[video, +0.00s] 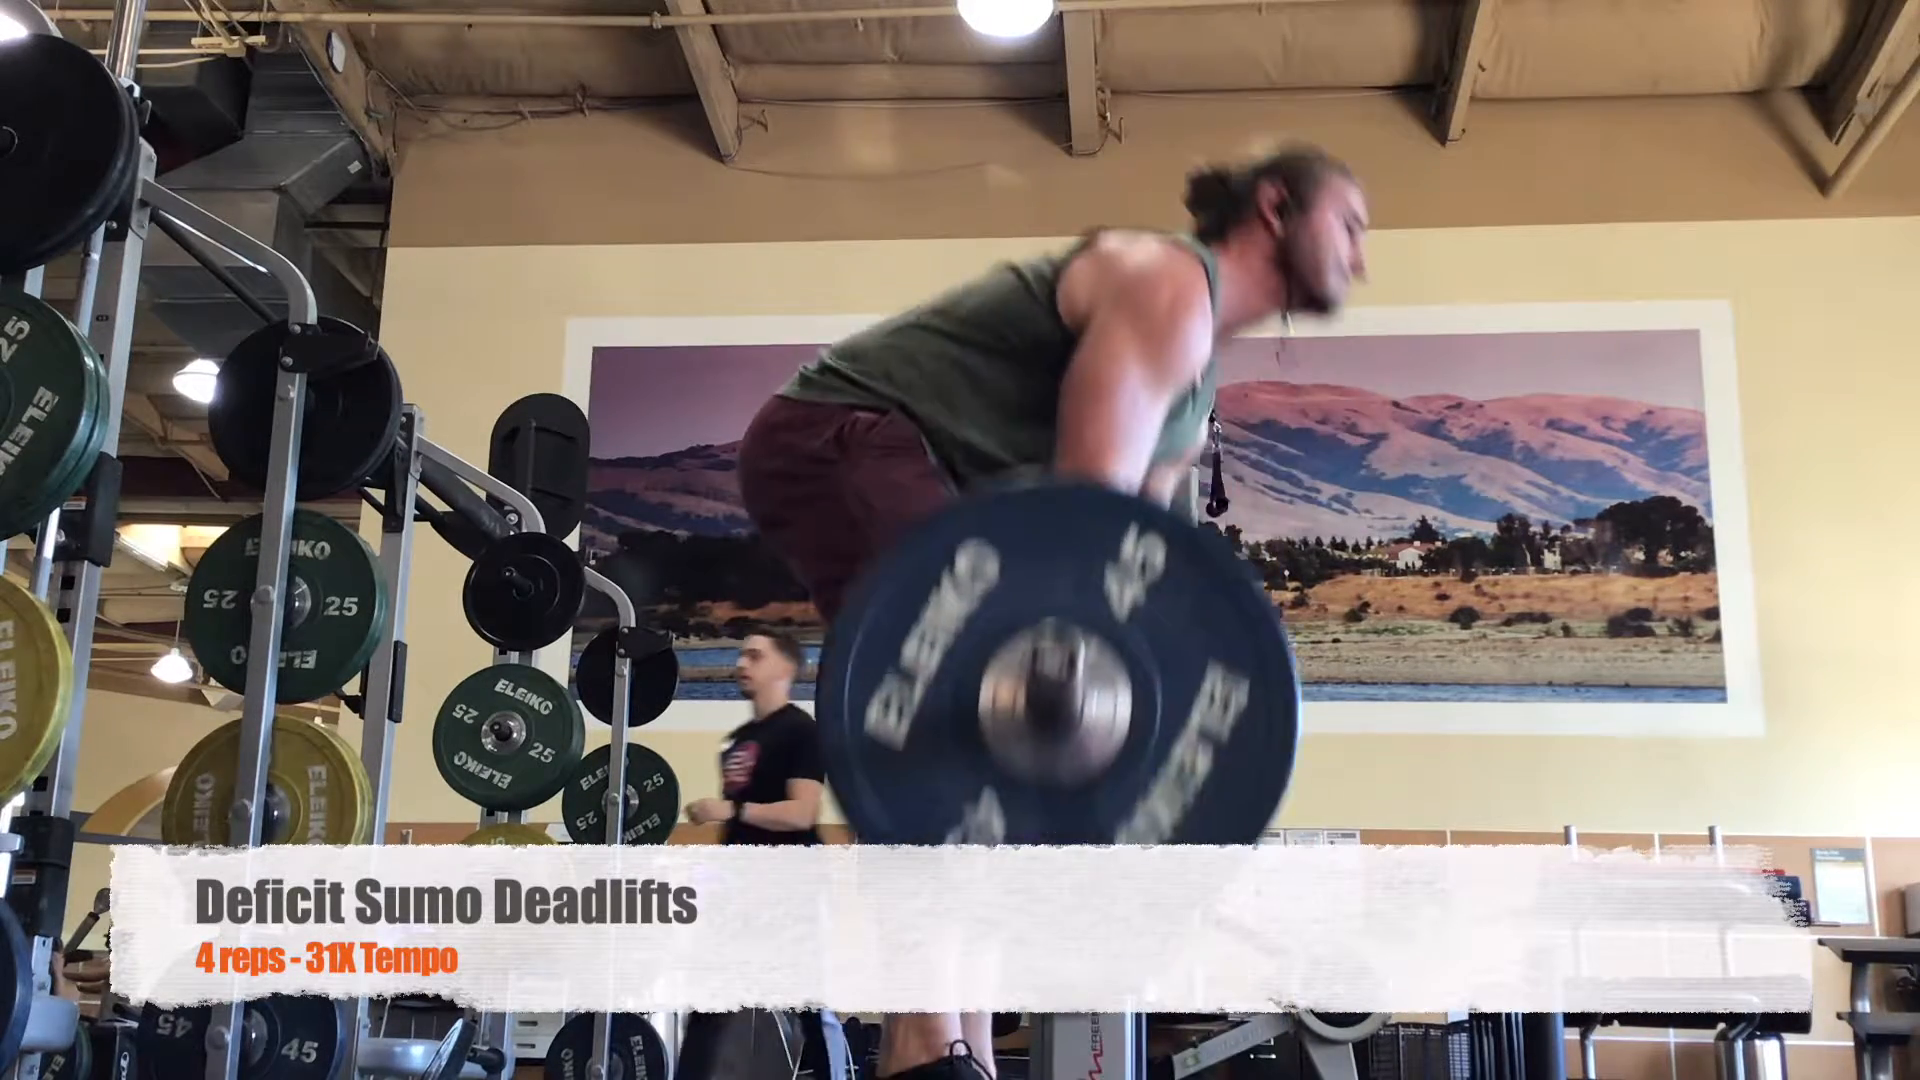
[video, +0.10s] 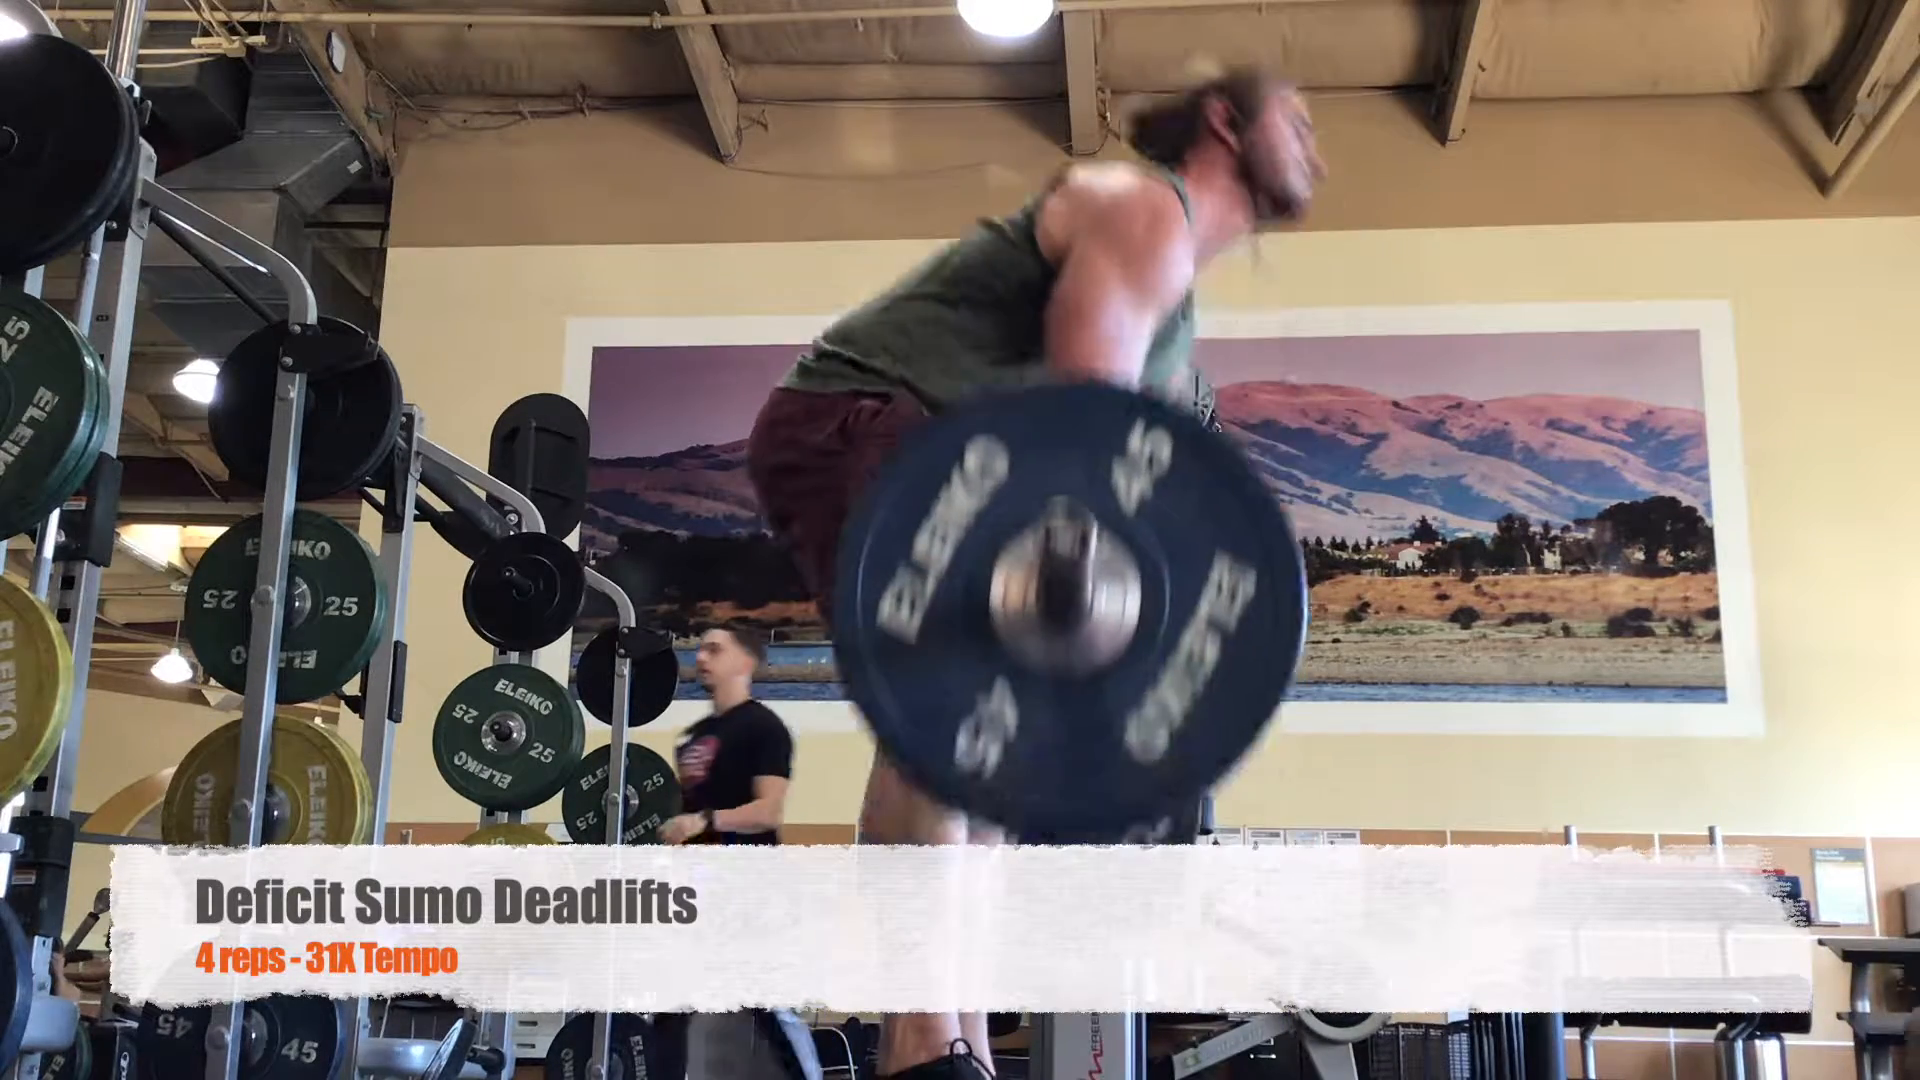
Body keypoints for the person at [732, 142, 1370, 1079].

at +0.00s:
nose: (1361, 258)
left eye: (1364, 235)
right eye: (1350, 225)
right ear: (1274, 206)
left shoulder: (1189, 395)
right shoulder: (1165, 286)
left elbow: (1145, 543)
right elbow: (1089, 502)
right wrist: (1091, 661)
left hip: (911, 466)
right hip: (840, 434)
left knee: (981, 728)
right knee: (945, 713)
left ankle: (965, 1037)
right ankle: (922, 1039)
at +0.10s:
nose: (1313, 149)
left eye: (1312, 133)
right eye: (1295, 125)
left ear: (1229, 134)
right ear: (1224, 123)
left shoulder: (1173, 311)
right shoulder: (1142, 208)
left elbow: (1177, 454)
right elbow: (1085, 397)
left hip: (910, 446)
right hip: (849, 422)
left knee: (974, 728)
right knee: (941, 713)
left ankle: (956, 1038)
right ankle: (922, 1040)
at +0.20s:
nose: (1246, 57)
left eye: (1237, 35)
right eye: (1224, 31)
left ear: (1162, 60)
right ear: (1161, 54)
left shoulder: (1136, 168)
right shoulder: (1114, 133)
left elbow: (1080, 349)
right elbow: (1060, 311)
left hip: (934, 429)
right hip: (858, 413)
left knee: (978, 722)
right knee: (921, 705)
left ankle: (959, 1031)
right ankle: (912, 1039)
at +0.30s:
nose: (1175, 4)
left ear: (1076, 9)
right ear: (1090, 1)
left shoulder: (1078, 104)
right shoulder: (1052, 82)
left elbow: (1060, 322)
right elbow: (1038, 305)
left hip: (990, 442)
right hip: (912, 426)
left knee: (1003, 724)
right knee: (953, 711)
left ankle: (965, 1037)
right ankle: (913, 1045)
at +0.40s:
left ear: (1010, 4)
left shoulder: (1041, 73)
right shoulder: (1012, 55)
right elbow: (1005, 274)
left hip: (1010, 439)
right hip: (956, 432)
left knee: (1014, 723)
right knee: (970, 709)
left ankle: (963, 1025)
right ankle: (917, 1040)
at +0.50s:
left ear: (944, 3)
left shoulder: (994, 65)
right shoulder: (975, 55)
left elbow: (999, 272)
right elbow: (989, 262)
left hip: (1002, 438)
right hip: (951, 432)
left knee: (1015, 727)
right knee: (973, 714)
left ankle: (963, 1038)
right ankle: (915, 1045)